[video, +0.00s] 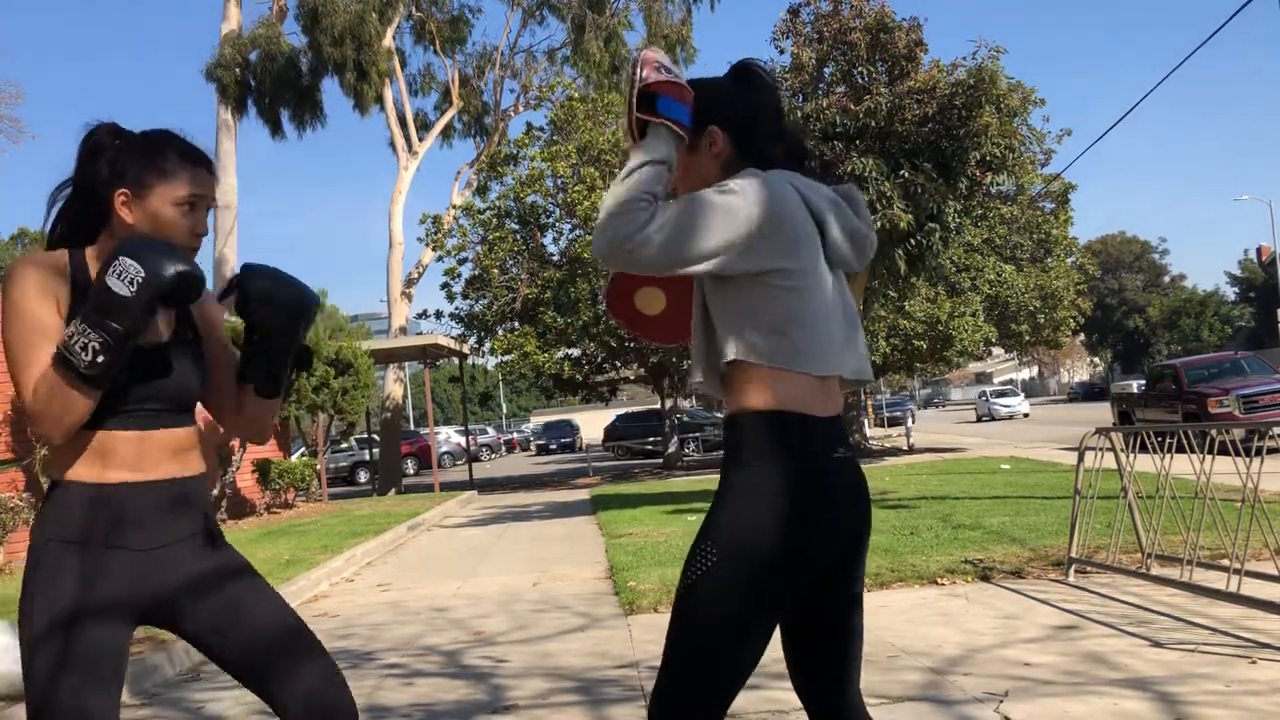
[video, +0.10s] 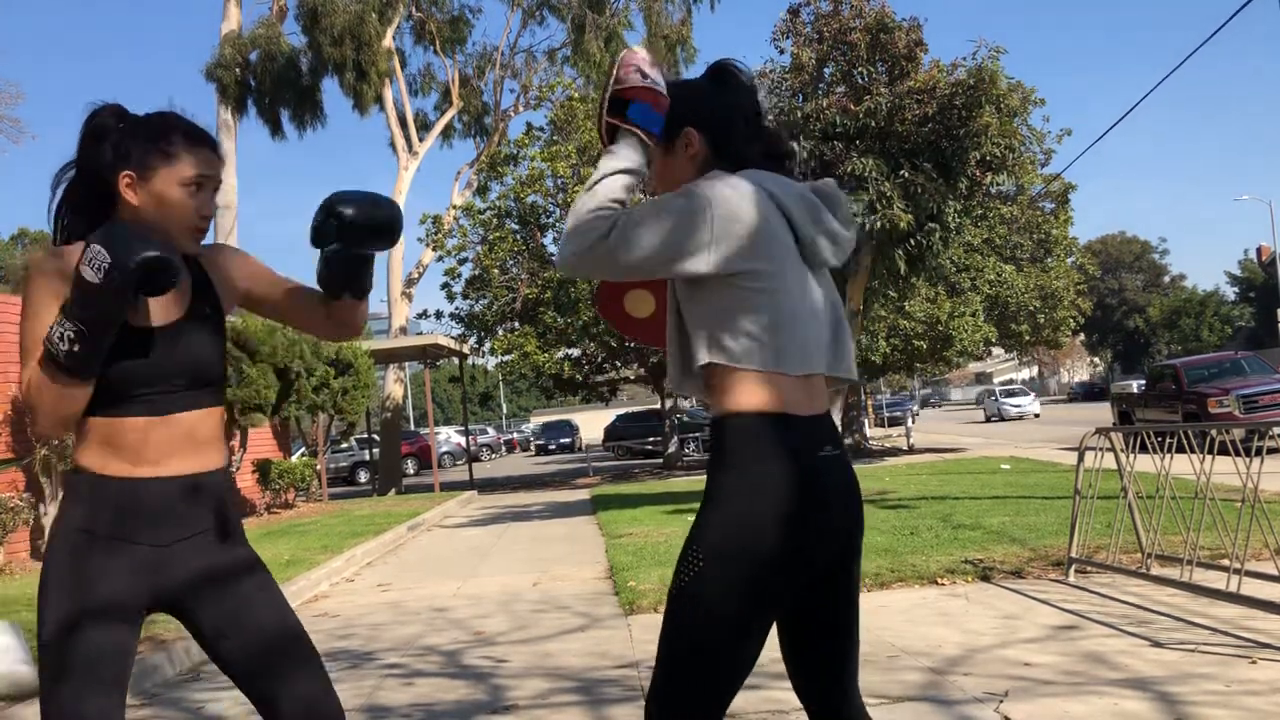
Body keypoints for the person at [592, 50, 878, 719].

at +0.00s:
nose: (677, 175)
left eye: (682, 153)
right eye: (673, 154)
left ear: (716, 144)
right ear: (758, 143)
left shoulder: (749, 200)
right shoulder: (808, 205)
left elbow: (617, 240)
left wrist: (661, 140)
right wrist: (659, 134)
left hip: (767, 482)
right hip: (833, 477)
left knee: (681, 706)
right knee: (836, 701)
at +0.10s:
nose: (651, 176)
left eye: (656, 154)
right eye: (649, 158)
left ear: (691, 146)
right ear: (739, 143)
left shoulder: (721, 202)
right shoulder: (793, 206)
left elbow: (582, 243)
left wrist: (630, 140)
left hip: (753, 483)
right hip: (827, 477)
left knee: (678, 705)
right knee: (836, 698)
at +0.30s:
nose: (627, 189)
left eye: (625, 168)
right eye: (620, 172)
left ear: (662, 146)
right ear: (678, 140)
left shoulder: (704, 197)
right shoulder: (780, 206)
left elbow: (588, 288)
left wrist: (552, 185)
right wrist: (646, 328)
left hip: (742, 473)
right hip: (820, 466)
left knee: (681, 704)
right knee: (838, 695)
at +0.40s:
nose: (633, 193)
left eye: (631, 172)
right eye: (626, 177)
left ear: (670, 148)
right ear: (676, 146)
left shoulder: (712, 203)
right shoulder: (785, 211)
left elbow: (653, 327)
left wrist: (583, 241)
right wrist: (595, 268)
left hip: (750, 479)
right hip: (825, 474)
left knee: (678, 704)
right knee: (835, 696)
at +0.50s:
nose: (651, 195)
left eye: (649, 171)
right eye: (644, 176)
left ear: (689, 149)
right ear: (697, 147)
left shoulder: (740, 204)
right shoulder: (801, 209)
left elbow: (721, 353)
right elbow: (732, 374)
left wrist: (634, 294)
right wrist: (666, 313)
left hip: (763, 474)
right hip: (832, 470)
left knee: (689, 703)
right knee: (840, 698)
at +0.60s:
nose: (663, 192)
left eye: (661, 170)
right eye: (655, 175)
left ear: (703, 147)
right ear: (709, 145)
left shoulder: (753, 202)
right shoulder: (818, 208)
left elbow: (698, 333)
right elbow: (717, 364)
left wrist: (626, 244)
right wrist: (644, 281)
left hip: (771, 478)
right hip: (840, 473)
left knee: (705, 705)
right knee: (844, 699)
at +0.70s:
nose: (672, 195)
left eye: (671, 171)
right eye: (664, 176)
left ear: (713, 146)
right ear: (725, 142)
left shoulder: (760, 200)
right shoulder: (824, 209)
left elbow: (653, 292)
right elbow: (675, 315)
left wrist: (633, 179)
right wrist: (635, 200)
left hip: (778, 474)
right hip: (844, 470)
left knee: (713, 703)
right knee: (842, 697)